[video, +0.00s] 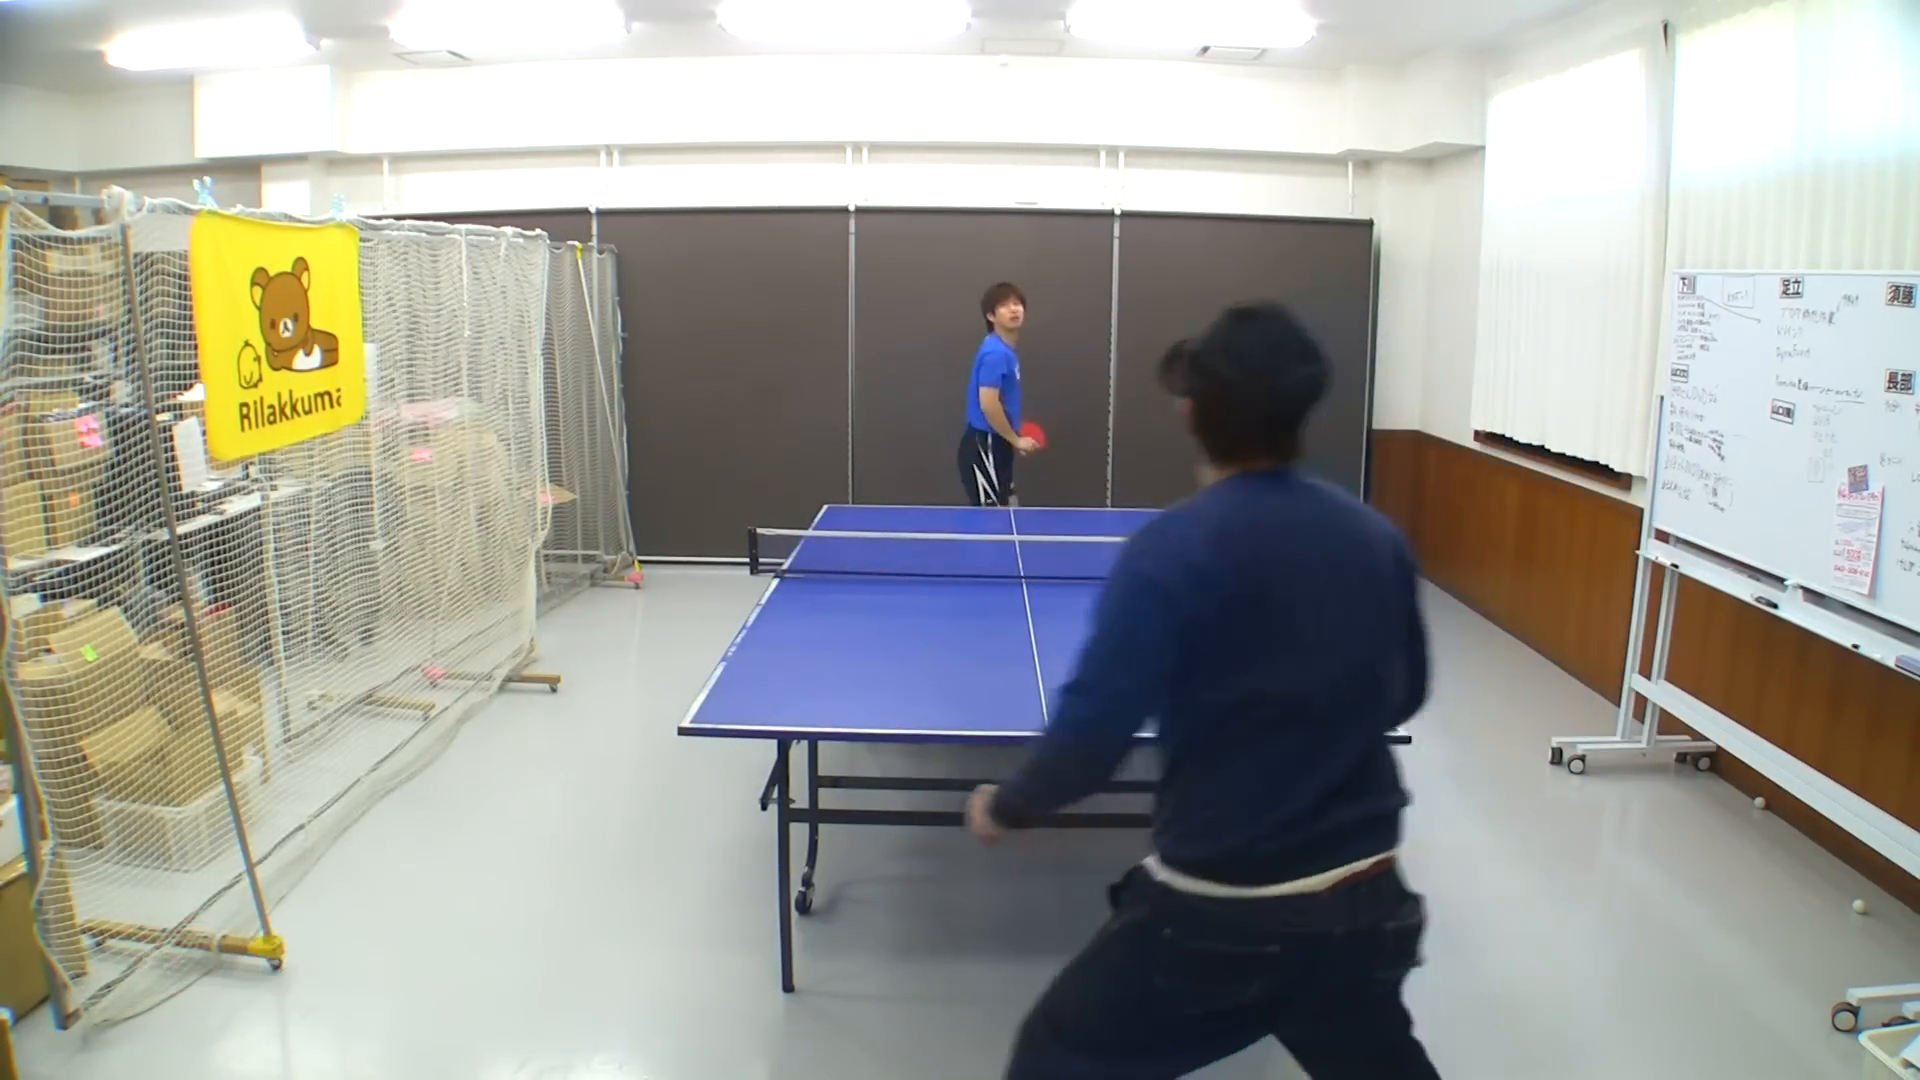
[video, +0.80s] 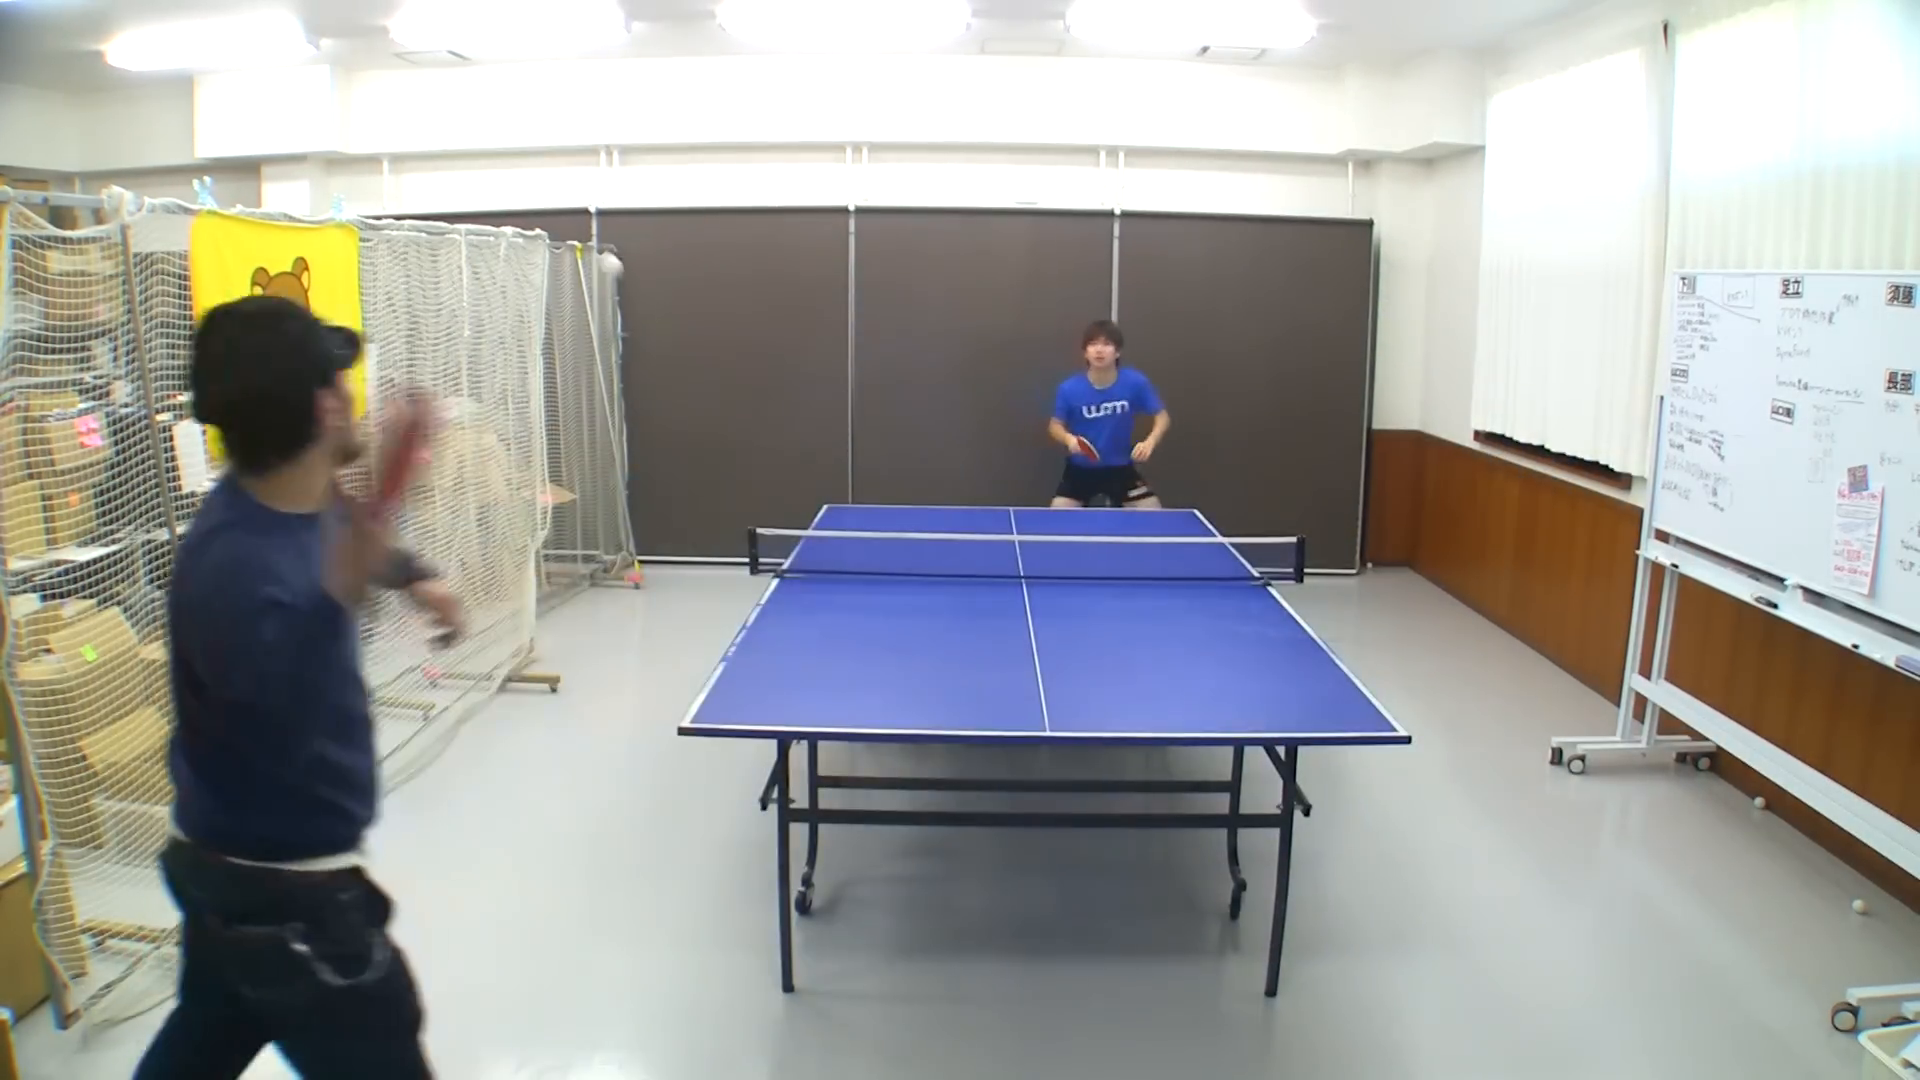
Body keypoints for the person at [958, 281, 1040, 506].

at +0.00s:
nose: (1014, 309)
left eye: (1017, 303)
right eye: (1005, 305)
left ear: (1024, 309)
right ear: (991, 316)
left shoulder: (1006, 351)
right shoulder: (995, 354)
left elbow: (1001, 399)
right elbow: (988, 403)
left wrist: (1017, 437)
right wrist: (1016, 440)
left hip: (996, 442)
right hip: (984, 443)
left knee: (1001, 515)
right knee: (995, 519)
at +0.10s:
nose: (1016, 313)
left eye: (1020, 307)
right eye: (1007, 309)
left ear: (1027, 314)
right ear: (994, 320)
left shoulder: (1012, 356)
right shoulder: (994, 358)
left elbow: (1008, 405)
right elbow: (987, 406)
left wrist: (1021, 444)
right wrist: (1016, 445)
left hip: (1004, 447)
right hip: (988, 446)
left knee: (1020, 515)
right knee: (994, 521)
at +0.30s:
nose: (1027, 319)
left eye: (1033, 312)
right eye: (1020, 314)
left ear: (1041, 318)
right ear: (1010, 322)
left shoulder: (1044, 354)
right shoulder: (1001, 360)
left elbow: (1053, 395)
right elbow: (975, 402)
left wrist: (1073, 441)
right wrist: (1010, 433)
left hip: (1032, 445)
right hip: (1005, 447)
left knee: (1030, 509)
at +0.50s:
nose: (1039, 319)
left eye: (1045, 313)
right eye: (1032, 314)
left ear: (1057, 319)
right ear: (1025, 324)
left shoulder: (1075, 352)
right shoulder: (1013, 366)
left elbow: (1087, 390)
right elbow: (992, 407)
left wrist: (1095, 427)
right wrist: (1023, 428)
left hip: (1064, 444)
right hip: (1030, 445)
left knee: (1062, 512)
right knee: (1037, 511)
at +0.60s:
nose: (1054, 335)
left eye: (1060, 328)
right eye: (1048, 329)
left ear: (1071, 334)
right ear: (1040, 337)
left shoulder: (1088, 366)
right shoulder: (1026, 378)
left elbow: (1106, 399)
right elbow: (1009, 421)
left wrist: (1112, 435)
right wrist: (1040, 436)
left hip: (1078, 461)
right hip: (1041, 461)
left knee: (1095, 523)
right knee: (1038, 523)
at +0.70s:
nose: (1075, 347)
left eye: (1081, 341)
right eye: (1069, 341)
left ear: (1092, 348)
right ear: (1060, 349)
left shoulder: (1106, 379)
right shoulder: (1044, 387)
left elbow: (1133, 410)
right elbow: (1028, 429)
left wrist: (1133, 441)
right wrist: (1055, 442)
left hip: (1094, 469)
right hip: (1056, 470)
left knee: (1128, 517)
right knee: (1044, 525)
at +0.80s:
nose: (1099, 350)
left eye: (1106, 344)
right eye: (1093, 344)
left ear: (1117, 352)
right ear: (1085, 351)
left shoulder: (1133, 382)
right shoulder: (1069, 389)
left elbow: (1162, 417)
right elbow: (1055, 425)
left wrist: (1149, 443)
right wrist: (1069, 440)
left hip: (1120, 471)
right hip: (1080, 470)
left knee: (1154, 520)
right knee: (1056, 521)